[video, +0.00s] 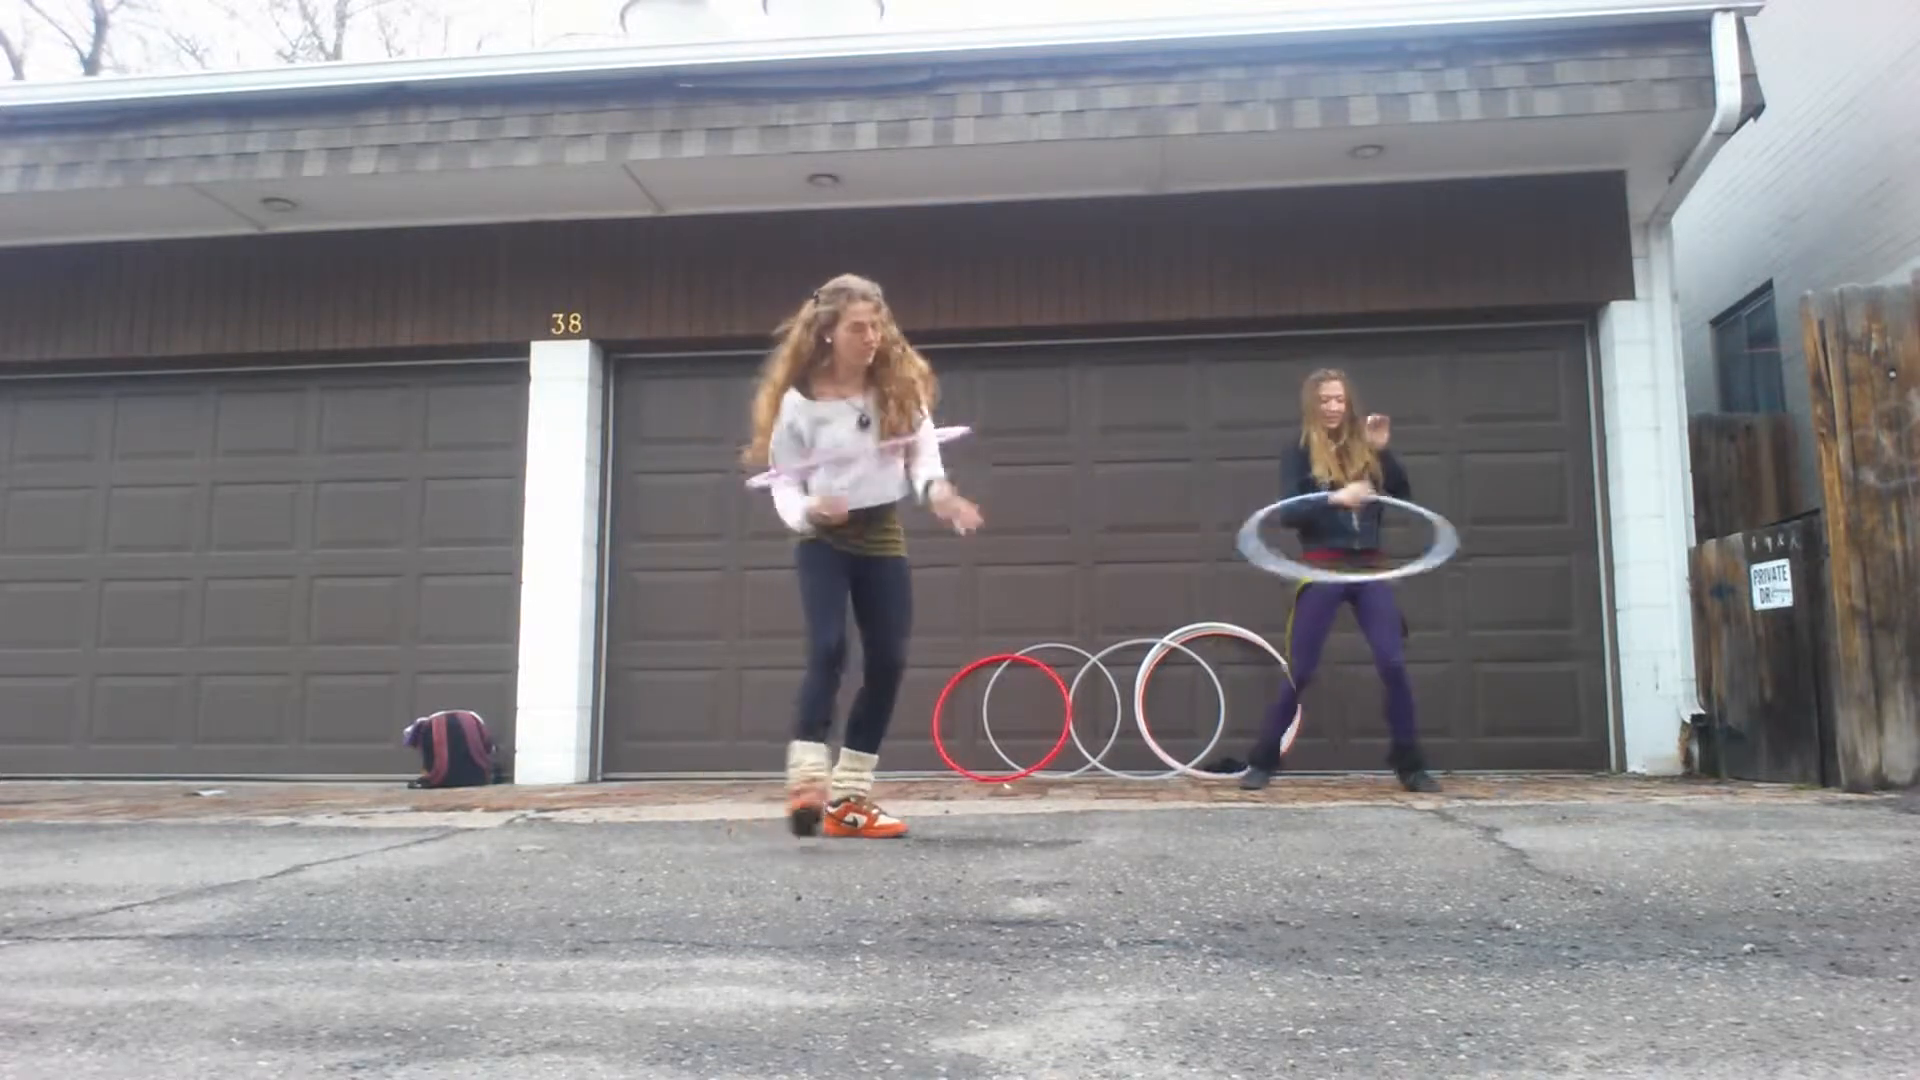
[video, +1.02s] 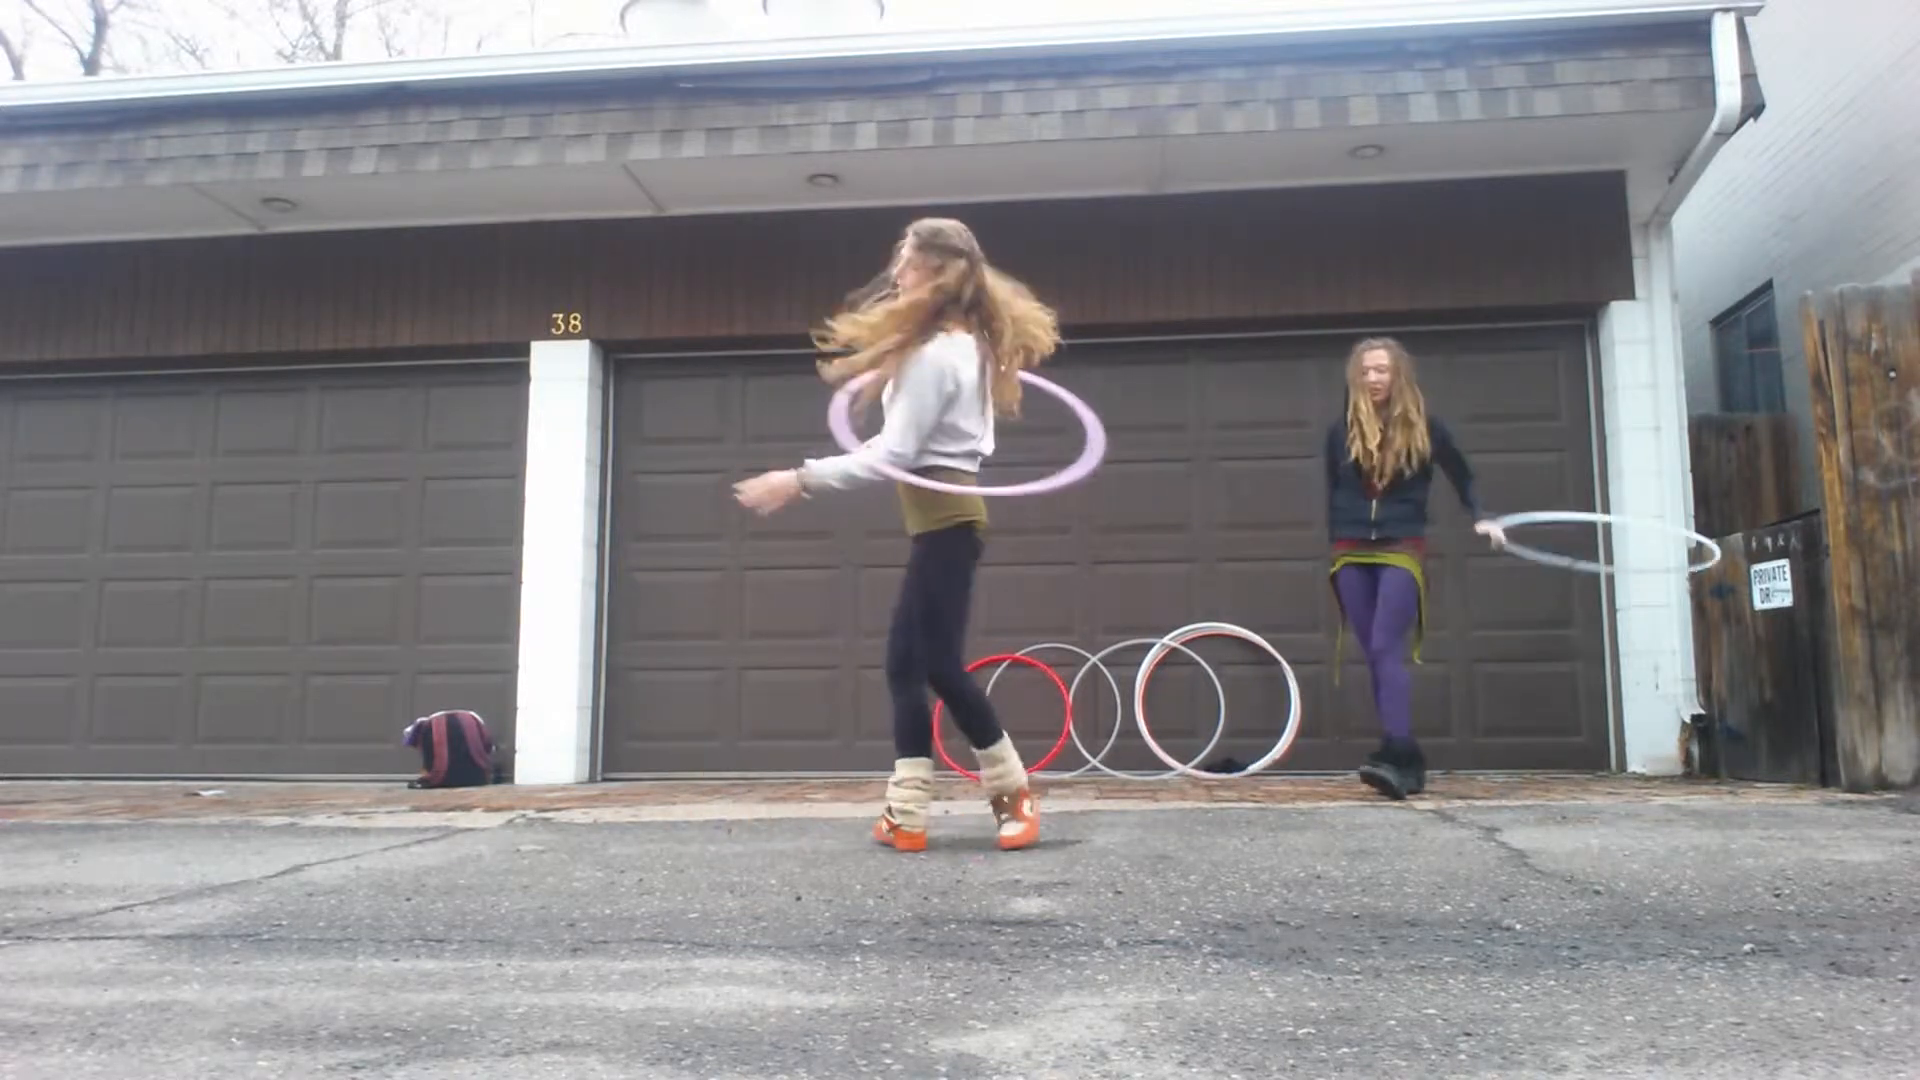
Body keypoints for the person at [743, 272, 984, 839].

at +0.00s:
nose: (871, 337)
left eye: (876, 326)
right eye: (857, 327)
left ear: (884, 331)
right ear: (827, 333)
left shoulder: (900, 391)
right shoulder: (798, 403)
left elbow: (925, 462)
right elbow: (785, 489)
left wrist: (942, 495)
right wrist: (808, 512)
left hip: (882, 538)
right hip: (822, 539)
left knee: (887, 663)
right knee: (829, 650)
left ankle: (850, 796)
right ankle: (807, 785)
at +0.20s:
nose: (897, 359)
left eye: (902, 347)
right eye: (882, 349)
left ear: (910, 345)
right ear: (848, 354)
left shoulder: (925, 396)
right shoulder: (811, 409)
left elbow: (928, 486)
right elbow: (806, 495)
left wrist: (921, 562)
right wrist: (771, 498)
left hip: (900, 547)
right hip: (840, 546)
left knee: (901, 665)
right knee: (875, 651)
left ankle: (850, 797)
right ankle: (902, 779)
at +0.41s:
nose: (961, 345)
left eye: (962, 334)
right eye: (950, 336)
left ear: (950, 339)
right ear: (912, 344)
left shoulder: (945, 398)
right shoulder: (875, 408)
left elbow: (936, 476)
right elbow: (848, 490)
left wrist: (980, 544)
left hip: (880, 539)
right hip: (853, 542)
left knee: (897, 666)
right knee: (918, 662)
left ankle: (849, 800)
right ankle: (922, 810)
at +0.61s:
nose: (994, 306)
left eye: (993, 296)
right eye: (991, 296)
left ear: (929, 292)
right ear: (975, 300)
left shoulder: (881, 342)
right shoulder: (970, 375)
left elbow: (855, 432)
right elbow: (959, 480)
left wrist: (956, 463)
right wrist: (1004, 515)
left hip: (841, 518)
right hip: (902, 525)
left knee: (880, 654)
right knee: (936, 667)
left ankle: (833, 780)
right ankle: (925, 812)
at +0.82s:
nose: (903, 261)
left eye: (912, 254)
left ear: (917, 267)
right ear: (979, 281)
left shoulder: (877, 331)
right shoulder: (989, 355)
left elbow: (843, 421)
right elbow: (980, 450)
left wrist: (813, 449)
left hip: (888, 508)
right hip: (955, 512)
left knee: (862, 652)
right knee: (915, 654)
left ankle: (938, 743)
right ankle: (905, 807)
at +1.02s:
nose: (897, 280)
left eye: (908, 269)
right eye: (899, 267)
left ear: (941, 277)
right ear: (948, 277)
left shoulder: (937, 354)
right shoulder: (962, 346)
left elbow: (894, 452)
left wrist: (799, 479)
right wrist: (889, 381)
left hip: (948, 526)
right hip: (943, 524)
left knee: (941, 663)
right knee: (907, 664)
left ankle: (1016, 796)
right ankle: (908, 814)